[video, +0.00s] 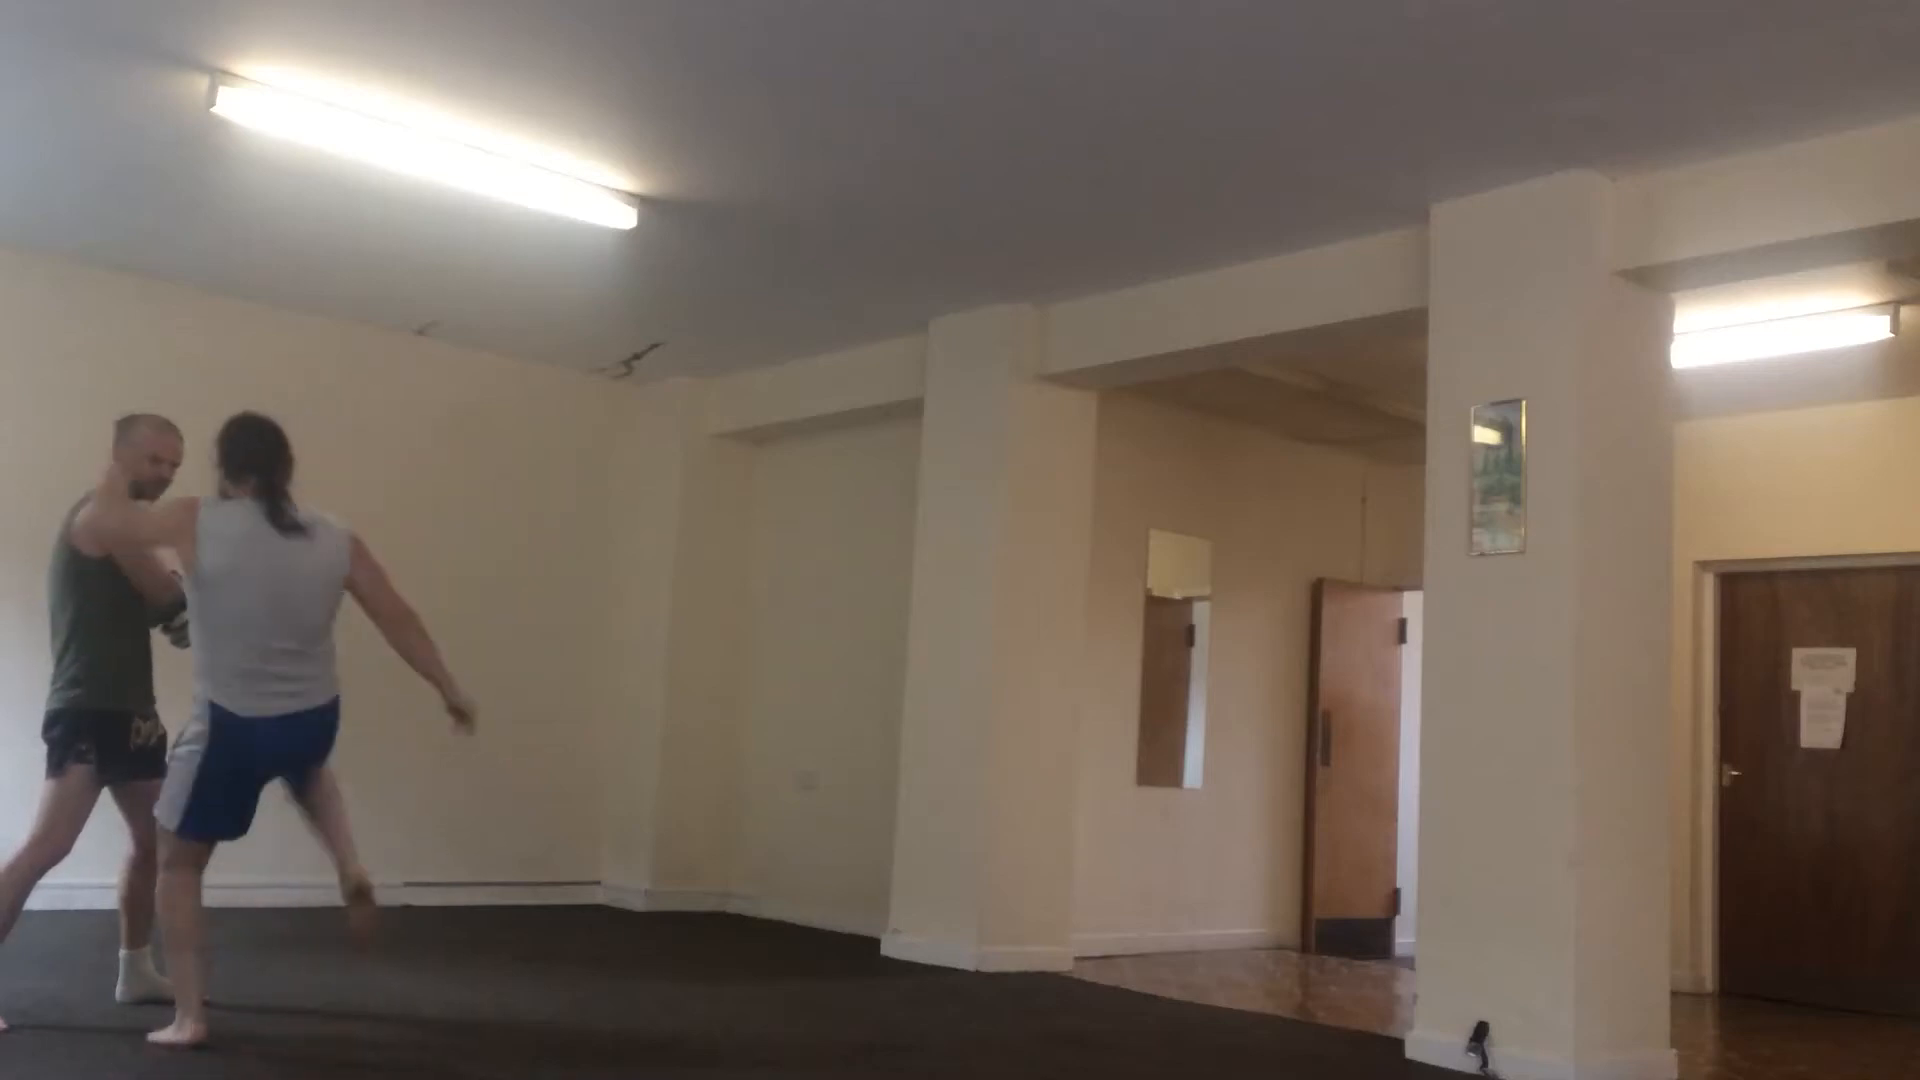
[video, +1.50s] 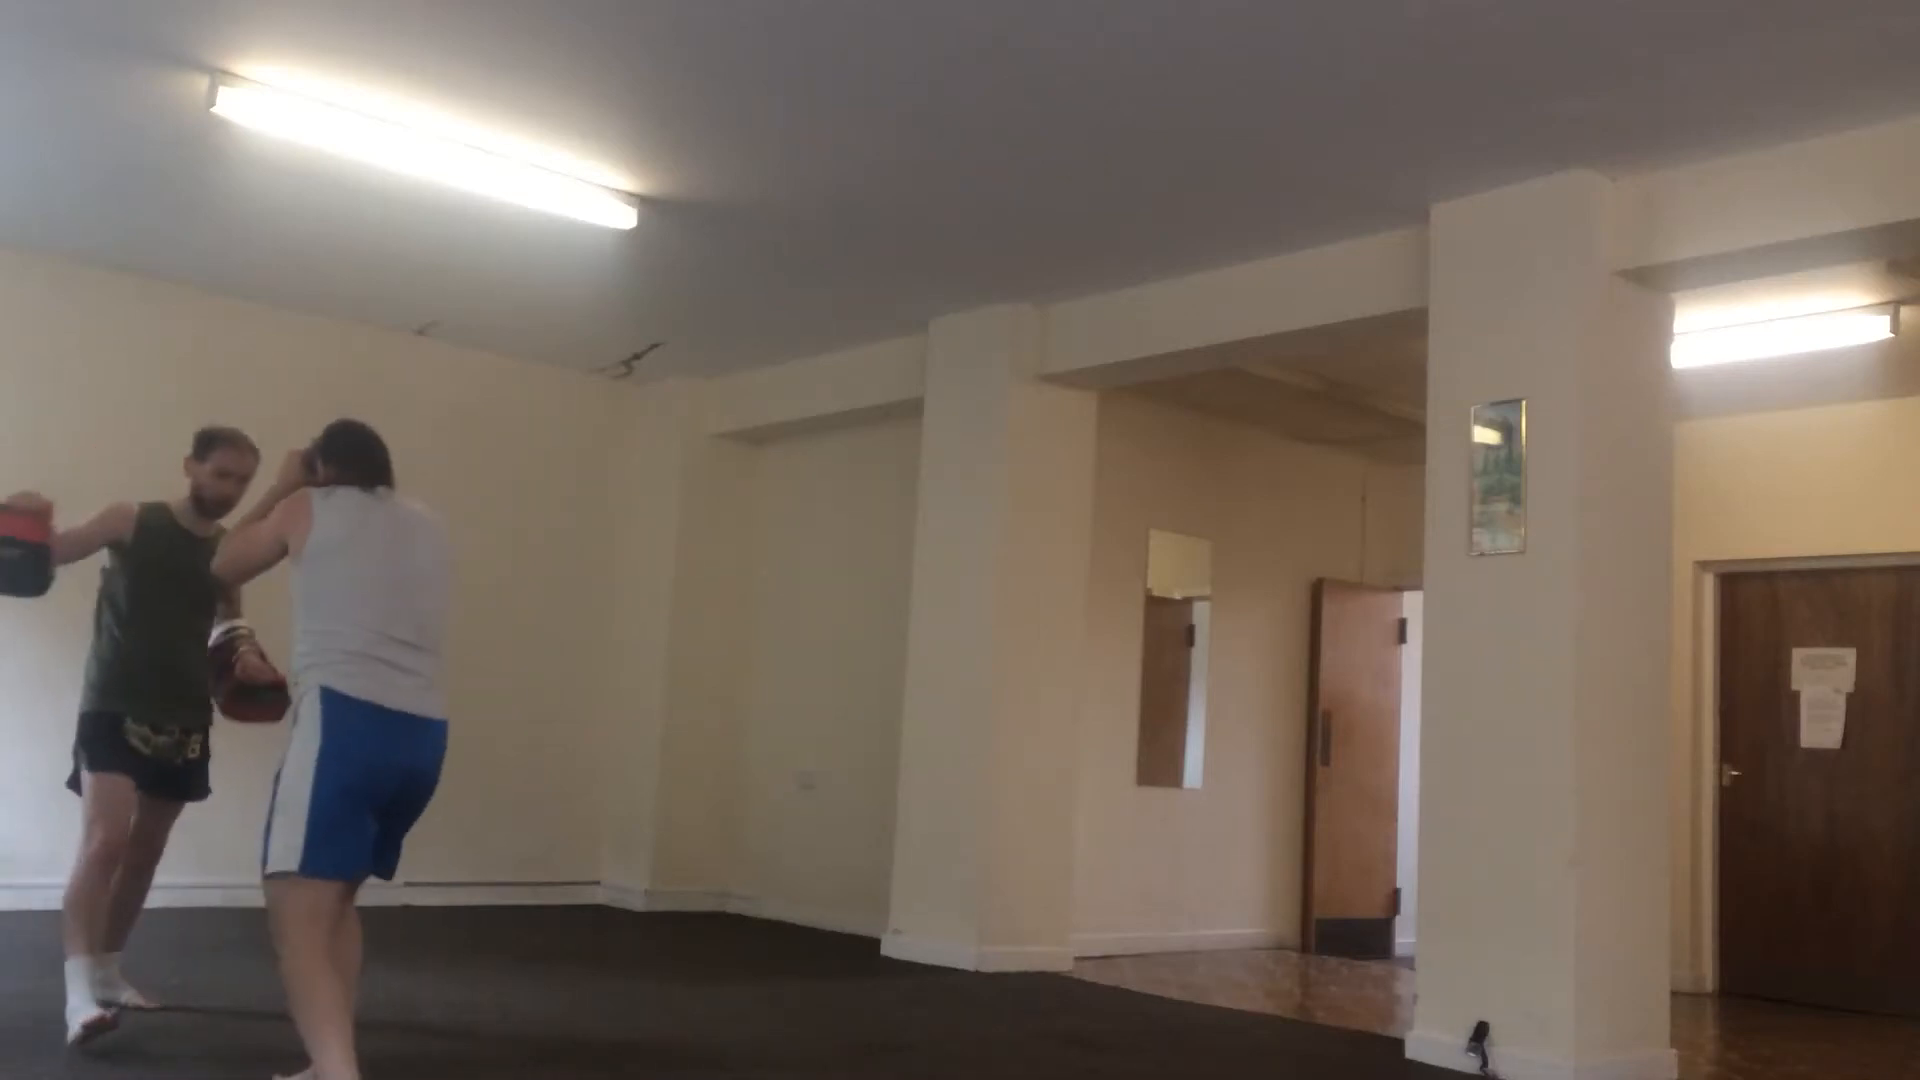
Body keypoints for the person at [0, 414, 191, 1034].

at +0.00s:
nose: (164, 477)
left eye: (172, 468)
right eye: (155, 462)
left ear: (171, 468)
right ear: (120, 455)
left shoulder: (137, 527)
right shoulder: (94, 517)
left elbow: (171, 610)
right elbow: (167, 595)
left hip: (131, 709)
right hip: (86, 708)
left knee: (153, 841)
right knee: (48, 844)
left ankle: (136, 970)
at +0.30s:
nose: (133, 451)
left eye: (136, 441)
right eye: (121, 441)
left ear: (125, 445)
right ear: (82, 443)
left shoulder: (103, 507)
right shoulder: (83, 505)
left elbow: (174, 563)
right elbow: (183, 552)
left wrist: (181, 522)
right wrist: (189, 522)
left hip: (122, 702)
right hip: (77, 705)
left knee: (143, 839)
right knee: (31, 845)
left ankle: (139, 967)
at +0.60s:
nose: (134, 465)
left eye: (142, 454)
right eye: (124, 452)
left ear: (142, 455)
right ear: (88, 445)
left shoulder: (118, 522)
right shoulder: (48, 507)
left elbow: (141, 608)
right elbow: (77, 588)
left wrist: (209, 601)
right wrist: (142, 580)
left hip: (119, 697)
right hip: (55, 696)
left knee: (142, 835)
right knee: (13, 836)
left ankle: (107, 967)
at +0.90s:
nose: (149, 478)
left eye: (162, 471)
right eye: (143, 467)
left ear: (165, 476)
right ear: (117, 462)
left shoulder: (164, 523)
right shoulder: (71, 509)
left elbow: (220, 530)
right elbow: (87, 511)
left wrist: (239, 488)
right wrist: (119, 445)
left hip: (148, 699)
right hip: (75, 694)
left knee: (128, 844)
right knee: (29, 841)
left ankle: (104, 970)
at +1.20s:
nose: (185, 478)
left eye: (196, 469)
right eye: (176, 466)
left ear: (206, 469)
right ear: (152, 457)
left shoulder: (207, 524)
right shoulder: (120, 510)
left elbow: (276, 577)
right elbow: (56, 547)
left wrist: (257, 509)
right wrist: (91, 467)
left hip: (165, 698)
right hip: (95, 687)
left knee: (138, 843)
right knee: (79, 826)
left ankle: (103, 974)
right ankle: (37, 978)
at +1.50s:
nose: (229, 487)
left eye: (241, 480)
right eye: (222, 473)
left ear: (246, 486)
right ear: (192, 466)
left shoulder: (228, 552)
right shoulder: (132, 521)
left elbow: (230, 635)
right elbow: (53, 552)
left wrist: (248, 659)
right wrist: (27, 523)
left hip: (182, 718)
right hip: (117, 707)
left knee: (145, 854)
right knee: (107, 843)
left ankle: (106, 973)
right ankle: (79, 997)